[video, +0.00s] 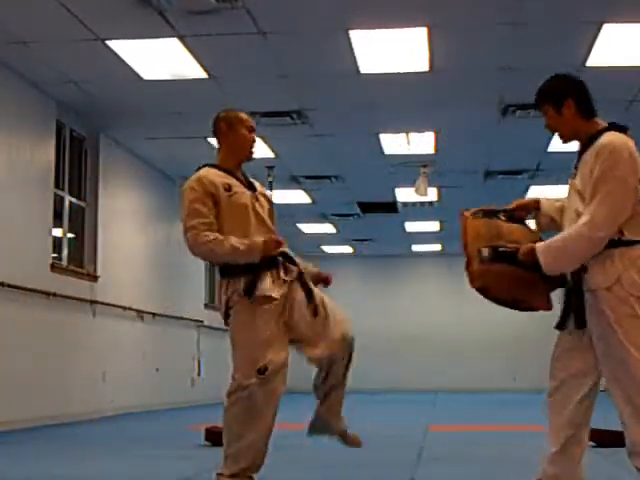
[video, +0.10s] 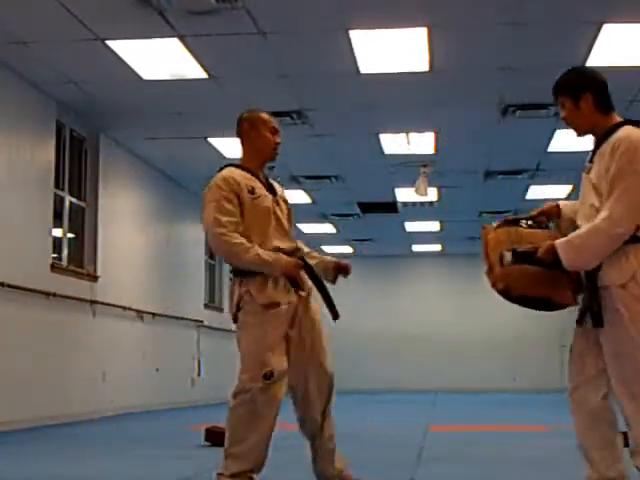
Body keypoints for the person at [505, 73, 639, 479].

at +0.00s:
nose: (549, 126)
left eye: (549, 116)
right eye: (546, 119)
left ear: (570, 107)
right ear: (572, 110)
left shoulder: (615, 149)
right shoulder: (591, 154)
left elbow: (601, 225)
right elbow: (585, 213)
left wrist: (541, 253)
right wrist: (540, 208)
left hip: (619, 280)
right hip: (588, 280)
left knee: (629, 384)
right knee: (569, 378)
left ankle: (638, 461)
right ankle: (561, 471)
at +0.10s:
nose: (563, 118)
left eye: (564, 108)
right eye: (560, 110)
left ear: (587, 101)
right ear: (589, 103)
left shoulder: (629, 142)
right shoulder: (604, 149)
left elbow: (622, 220)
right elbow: (600, 209)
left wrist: (561, 250)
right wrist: (561, 211)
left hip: (626, 289)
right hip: (600, 290)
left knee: (630, 392)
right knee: (586, 389)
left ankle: (635, 468)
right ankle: (607, 472)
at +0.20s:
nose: (574, 114)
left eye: (577, 104)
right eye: (572, 106)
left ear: (599, 98)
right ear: (601, 101)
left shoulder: (635, 141)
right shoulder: (612, 147)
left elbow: (635, 216)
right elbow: (610, 209)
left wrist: (580, 250)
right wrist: (572, 217)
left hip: (633, 286)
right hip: (613, 284)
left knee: (632, 380)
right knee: (605, 375)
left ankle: (635, 464)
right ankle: (624, 448)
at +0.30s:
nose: (582, 110)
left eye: (585, 100)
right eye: (581, 102)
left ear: (608, 97)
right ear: (608, 98)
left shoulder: (636, 144)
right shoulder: (617, 146)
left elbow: (639, 217)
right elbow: (618, 209)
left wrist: (595, 250)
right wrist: (579, 221)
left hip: (637, 279)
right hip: (625, 278)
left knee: (633, 361)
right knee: (627, 358)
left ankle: (636, 431)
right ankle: (632, 429)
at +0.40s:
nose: (588, 109)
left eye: (592, 100)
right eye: (587, 101)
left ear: (614, 97)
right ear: (612, 99)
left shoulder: (636, 146)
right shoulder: (625, 148)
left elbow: (639, 217)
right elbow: (624, 213)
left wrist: (604, 249)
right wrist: (586, 226)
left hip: (639, 281)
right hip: (634, 281)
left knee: (639, 368)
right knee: (637, 368)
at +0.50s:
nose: (588, 111)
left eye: (592, 101)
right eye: (588, 103)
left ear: (614, 98)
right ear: (613, 100)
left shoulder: (638, 146)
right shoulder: (630, 149)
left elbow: (639, 218)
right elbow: (629, 213)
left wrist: (600, 245)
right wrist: (588, 230)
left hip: (639, 276)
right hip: (636, 278)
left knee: (638, 359)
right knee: (638, 359)